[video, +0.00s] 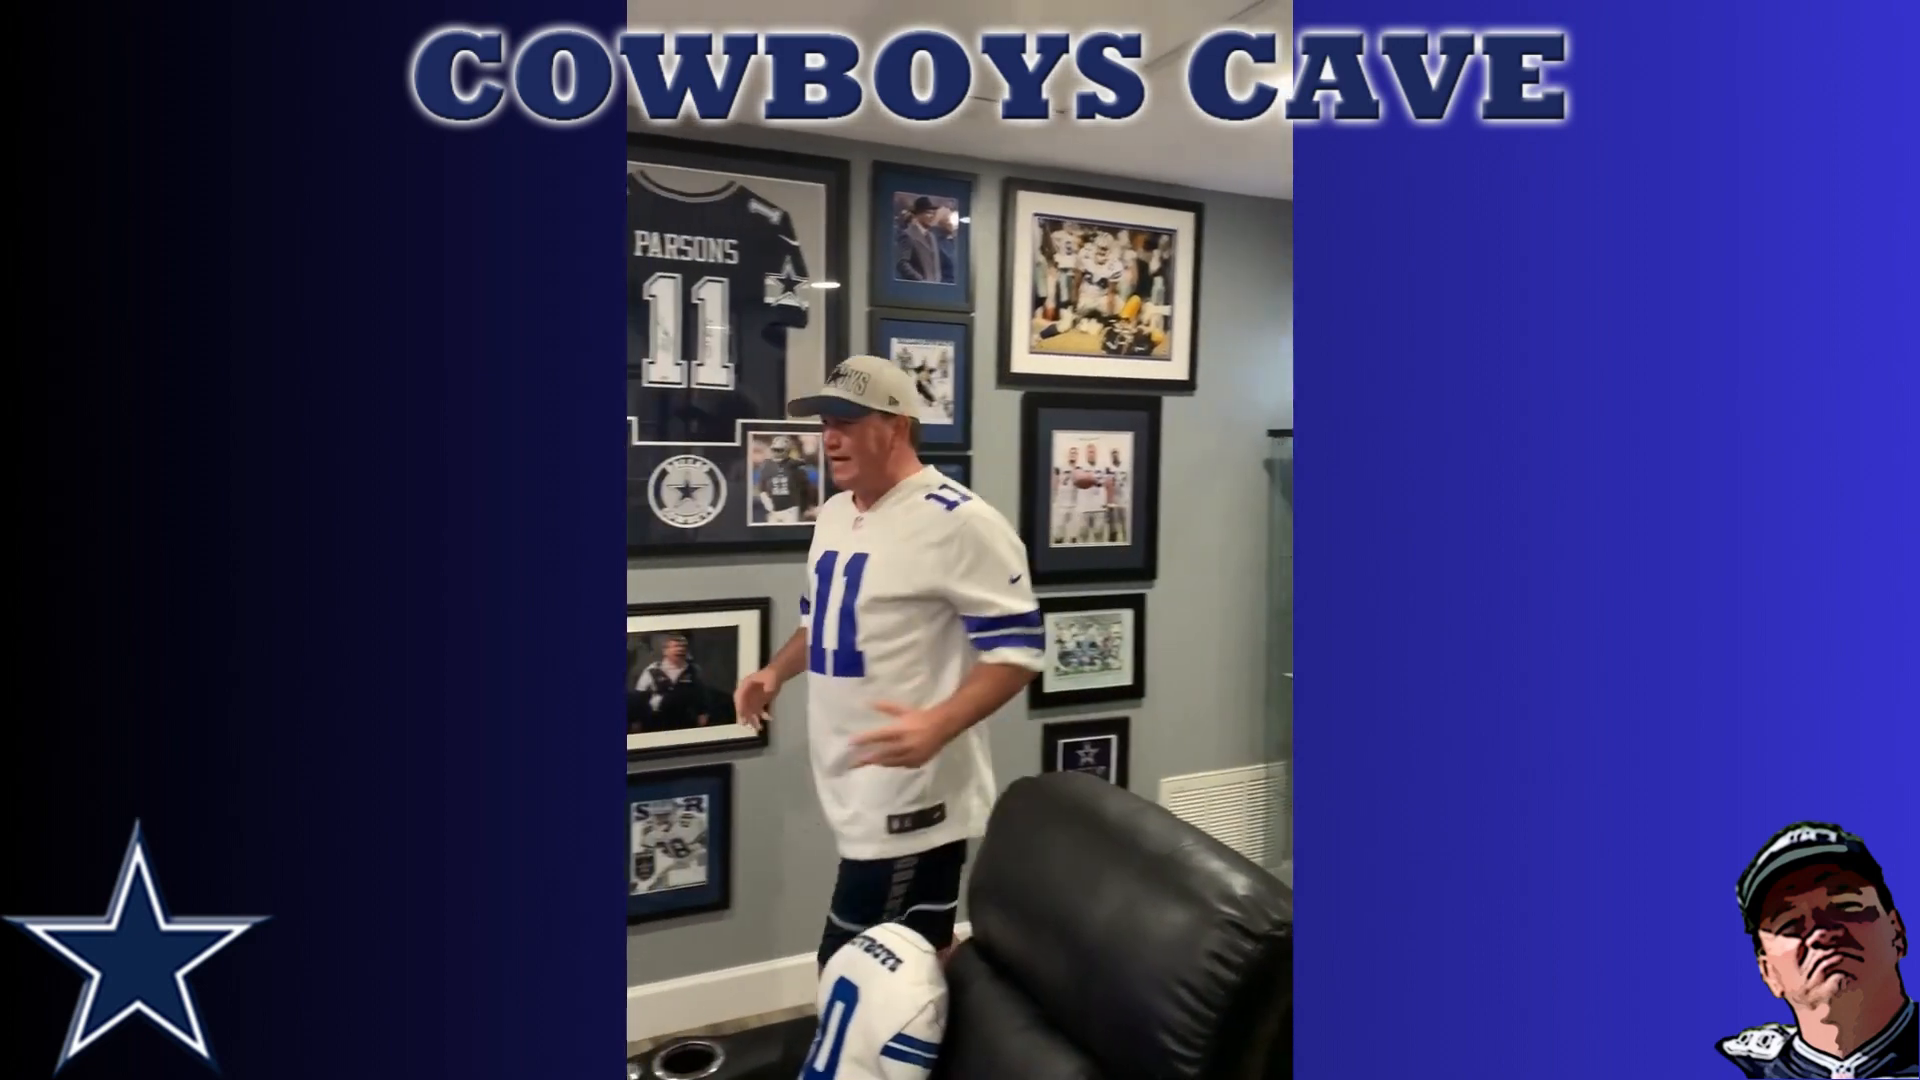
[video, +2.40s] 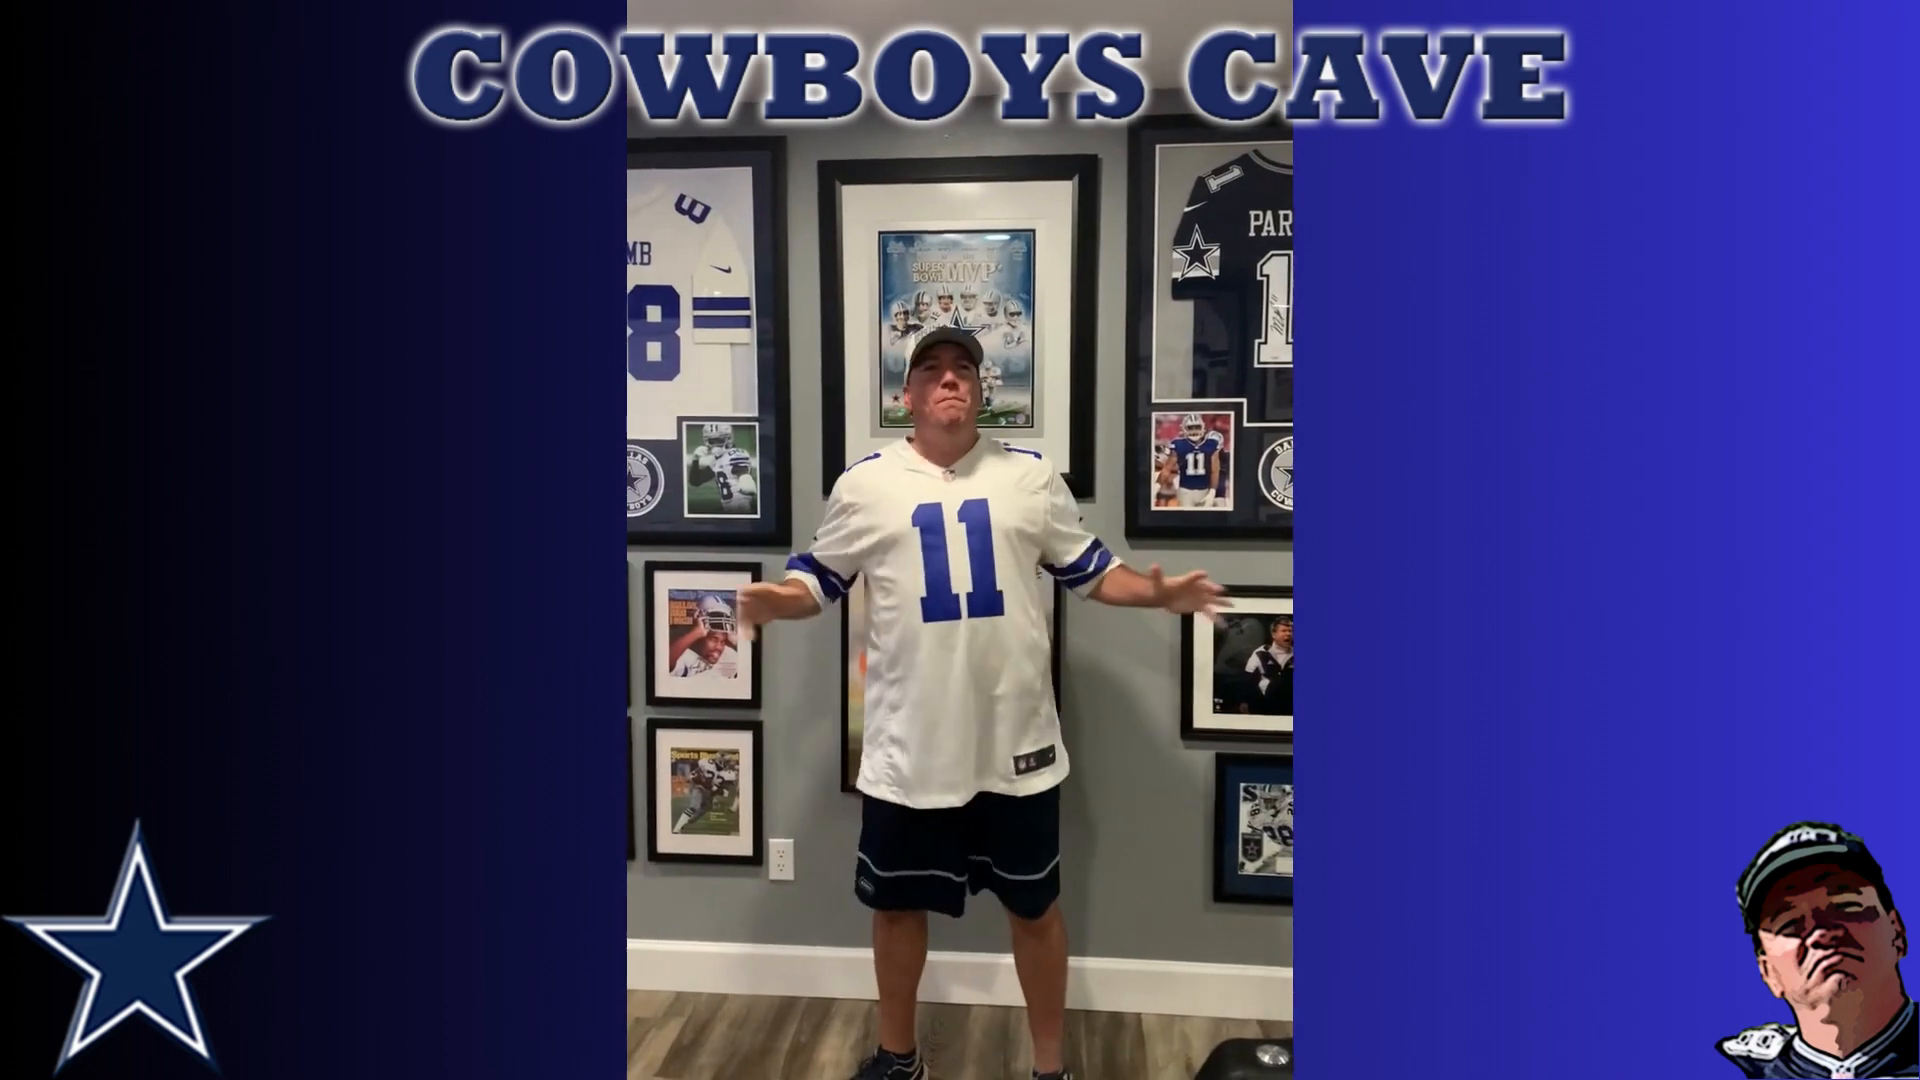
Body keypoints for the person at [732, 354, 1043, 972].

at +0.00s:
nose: (830, 440)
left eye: (846, 423)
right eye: (826, 425)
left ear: (895, 427)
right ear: (823, 433)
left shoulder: (962, 522)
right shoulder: (836, 515)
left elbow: (1019, 652)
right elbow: (824, 621)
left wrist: (940, 725)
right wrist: (775, 673)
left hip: (916, 812)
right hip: (861, 807)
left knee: (848, 979)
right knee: (926, 969)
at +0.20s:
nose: (806, 427)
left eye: (825, 411)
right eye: (803, 412)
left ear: (876, 418)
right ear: (801, 419)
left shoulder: (927, 517)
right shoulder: (836, 504)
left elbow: (965, 668)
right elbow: (826, 620)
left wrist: (853, 730)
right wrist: (760, 665)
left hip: (880, 811)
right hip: (836, 804)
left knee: (838, 999)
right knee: (879, 996)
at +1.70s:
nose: (894, 408)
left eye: (913, 390)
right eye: (878, 394)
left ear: (950, 405)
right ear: (864, 409)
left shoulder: (996, 509)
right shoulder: (860, 497)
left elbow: (1049, 639)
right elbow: (837, 602)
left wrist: (954, 680)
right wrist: (770, 632)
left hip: (936, 801)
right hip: (848, 790)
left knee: (929, 995)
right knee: (822, 946)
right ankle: (822, 1070)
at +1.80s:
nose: (917, 407)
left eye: (933, 390)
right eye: (900, 392)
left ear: (959, 405)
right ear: (877, 411)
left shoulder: (1009, 505)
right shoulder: (850, 498)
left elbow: (1079, 622)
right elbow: (817, 590)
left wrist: (1026, 650)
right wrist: (757, 624)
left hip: (957, 794)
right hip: (862, 786)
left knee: (956, 988)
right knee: (859, 950)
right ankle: (853, 1071)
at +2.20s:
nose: (955, 391)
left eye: (962, 375)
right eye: (932, 378)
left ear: (976, 388)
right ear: (896, 399)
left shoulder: (1030, 482)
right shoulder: (852, 492)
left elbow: (1089, 552)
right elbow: (799, 573)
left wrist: (1119, 578)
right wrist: (782, 597)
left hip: (1004, 746)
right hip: (893, 748)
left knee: (1028, 916)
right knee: (890, 907)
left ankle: (1049, 1071)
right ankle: (895, 1059)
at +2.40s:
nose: (951, 385)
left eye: (963, 377)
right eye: (936, 377)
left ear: (982, 398)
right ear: (908, 397)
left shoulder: (1030, 481)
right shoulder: (866, 486)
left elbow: (1096, 571)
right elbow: (816, 581)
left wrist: (1162, 592)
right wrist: (769, 599)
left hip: (1016, 740)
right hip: (907, 744)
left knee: (1034, 908)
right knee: (896, 907)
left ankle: (1049, 1067)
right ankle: (896, 1059)